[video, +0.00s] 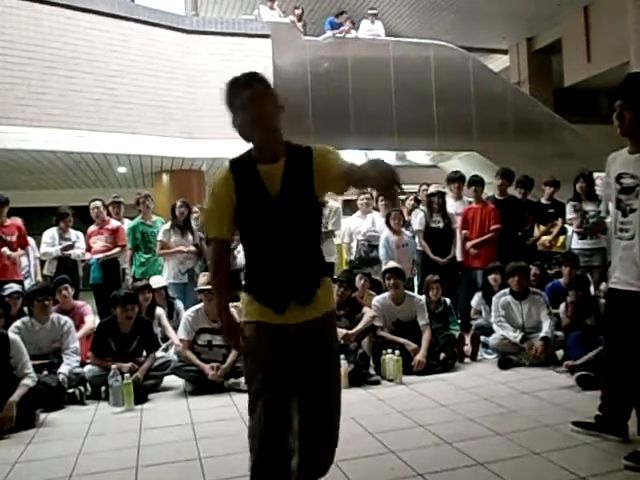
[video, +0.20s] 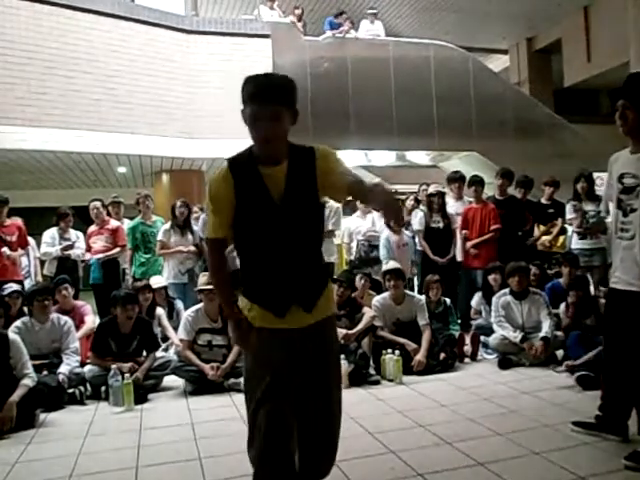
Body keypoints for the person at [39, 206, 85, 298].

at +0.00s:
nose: (68, 225)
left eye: (70, 222)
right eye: (65, 222)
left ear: (72, 221)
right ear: (59, 222)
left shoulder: (78, 235)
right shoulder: (49, 233)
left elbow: (81, 252)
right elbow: (43, 252)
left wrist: (69, 254)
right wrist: (59, 250)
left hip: (73, 269)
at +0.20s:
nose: (68, 225)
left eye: (70, 222)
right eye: (65, 222)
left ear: (72, 221)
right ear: (59, 222)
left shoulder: (78, 235)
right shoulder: (49, 233)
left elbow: (81, 252)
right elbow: (43, 252)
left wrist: (69, 254)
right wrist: (59, 250)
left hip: (72, 269)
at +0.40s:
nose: (67, 222)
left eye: (69, 218)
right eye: (63, 218)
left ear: (72, 220)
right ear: (58, 220)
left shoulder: (79, 235)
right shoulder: (49, 233)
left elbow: (81, 252)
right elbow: (43, 252)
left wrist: (69, 254)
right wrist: (60, 250)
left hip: (73, 270)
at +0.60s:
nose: (67, 221)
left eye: (69, 218)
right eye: (63, 218)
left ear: (72, 220)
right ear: (58, 220)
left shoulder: (79, 235)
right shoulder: (50, 233)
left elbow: (81, 252)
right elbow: (43, 252)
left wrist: (69, 254)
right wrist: (60, 250)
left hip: (73, 270)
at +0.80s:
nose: (66, 221)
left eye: (69, 218)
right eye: (63, 218)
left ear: (72, 219)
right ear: (58, 220)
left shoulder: (78, 234)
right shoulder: (49, 233)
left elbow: (81, 252)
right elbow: (43, 252)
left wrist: (70, 254)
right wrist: (60, 250)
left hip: (73, 266)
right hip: (56, 266)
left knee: (74, 295)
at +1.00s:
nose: (66, 221)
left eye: (69, 218)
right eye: (63, 218)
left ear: (72, 219)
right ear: (58, 220)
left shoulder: (78, 234)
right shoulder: (49, 233)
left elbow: (81, 252)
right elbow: (43, 252)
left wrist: (70, 254)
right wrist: (60, 250)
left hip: (73, 267)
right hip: (55, 266)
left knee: (74, 296)